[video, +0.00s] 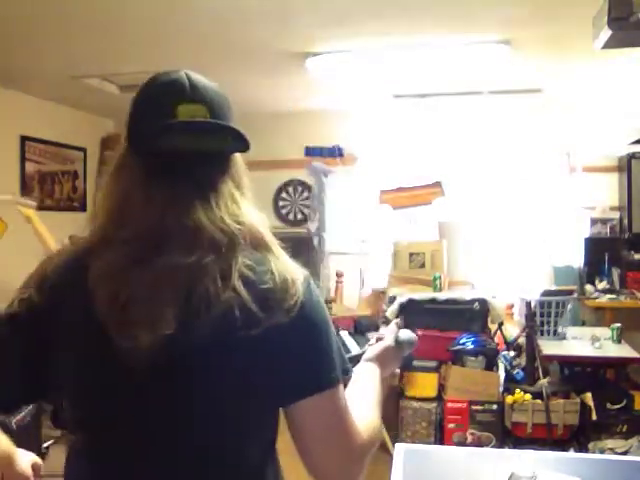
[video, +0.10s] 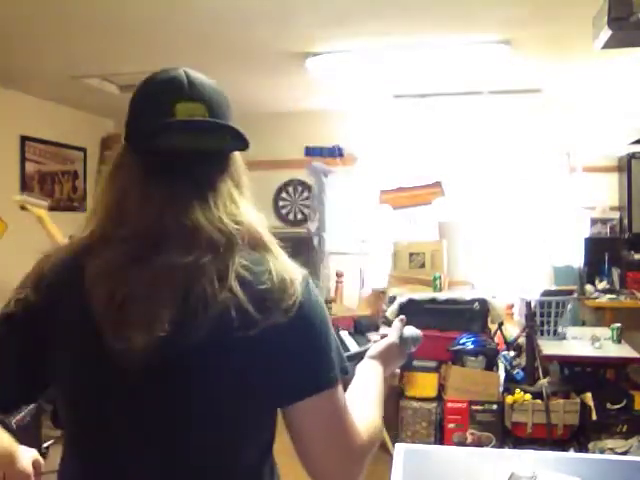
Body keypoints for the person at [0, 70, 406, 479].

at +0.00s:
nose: (244, 169)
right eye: (237, 158)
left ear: (130, 165)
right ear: (230, 169)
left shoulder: (64, 283)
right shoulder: (275, 289)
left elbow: (1, 402)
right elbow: (340, 465)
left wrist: (12, 460)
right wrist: (374, 371)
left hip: (97, 473)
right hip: (237, 475)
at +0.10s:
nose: (243, 169)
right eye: (237, 156)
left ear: (128, 162)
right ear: (229, 168)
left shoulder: (62, 281)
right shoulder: (272, 287)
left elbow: (0, 403)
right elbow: (340, 466)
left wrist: (13, 459)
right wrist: (377, 367)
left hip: (91, 476)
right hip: (234, 475)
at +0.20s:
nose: (246, 169)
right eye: (240, 156)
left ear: (134, 163)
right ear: (234, 167)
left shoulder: (66, 279)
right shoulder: (276, 289)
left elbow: (0, 400)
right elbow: (338, 463)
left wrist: (21, 452)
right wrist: (378, 367)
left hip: (93, 470)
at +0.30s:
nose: (260, 170)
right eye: (252, 157)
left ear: (149, 164)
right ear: (246, 169)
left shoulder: (79, 279)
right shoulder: (281, 291)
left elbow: (6, 400)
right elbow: (341, 462)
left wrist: (38, 435)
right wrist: (385, 367)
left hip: (109, 469)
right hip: (241, 468)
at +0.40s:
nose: (269, 183)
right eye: (264, 170)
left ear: (167, 171)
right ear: (259, 175)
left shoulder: (99, 280)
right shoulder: (290, 294)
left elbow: (8, 405)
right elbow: (349, 464)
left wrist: (61, 416)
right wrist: (395, 369)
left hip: (120, 472)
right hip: (249, 471)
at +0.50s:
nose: (285, 191)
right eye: (282, 180)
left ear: (184, 179)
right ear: (276, 184)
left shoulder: (126, 287)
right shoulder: (308, 301)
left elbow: (18, 385)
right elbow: (361, 466)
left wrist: (83, 394)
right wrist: (407, 369)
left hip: (142, 473)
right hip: (265, 473)